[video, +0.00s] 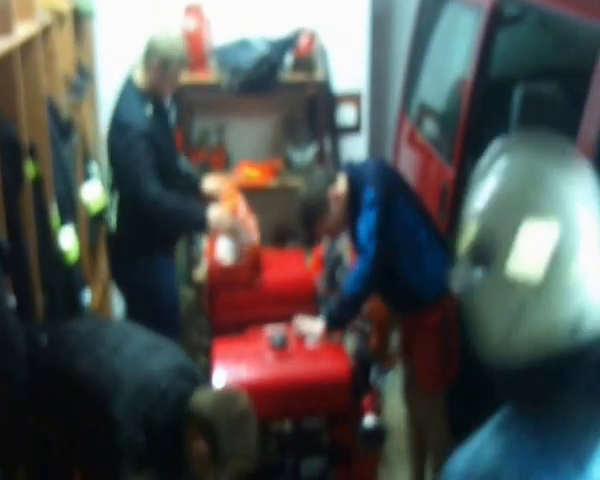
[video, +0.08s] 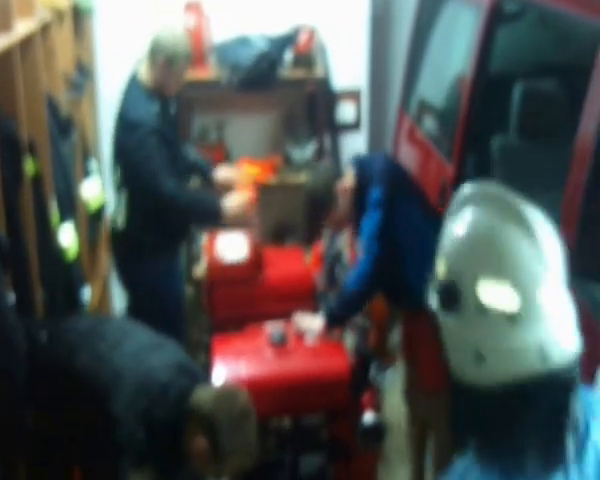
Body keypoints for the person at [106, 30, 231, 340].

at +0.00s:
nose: (177, 81)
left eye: (180, 73)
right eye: (174, 72)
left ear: (161, 68)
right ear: (155, 67)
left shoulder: (157, 103)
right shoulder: (132, 119)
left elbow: (169, 168)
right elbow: (147, 196)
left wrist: (202, 183)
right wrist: (206, 218)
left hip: (156, 241)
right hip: (140, 249)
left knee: (157, 336)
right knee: (163, 340)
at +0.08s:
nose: (184, 79)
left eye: (185, 71)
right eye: (181, 70)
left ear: (164, 64)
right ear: (161, 65)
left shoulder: (155, 100)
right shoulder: (141, 117)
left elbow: (175, 153)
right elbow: (162, 191)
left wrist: (211, 173)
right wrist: (219, 209)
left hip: (157, 234)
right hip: (147, 243)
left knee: (159, 328)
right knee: (164, 335)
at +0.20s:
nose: (190, 77)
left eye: (191, 68)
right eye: (188, 68)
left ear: (171, 61)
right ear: (168, 61)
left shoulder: (156, 94)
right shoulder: (148, 111)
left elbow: (184, 143)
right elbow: (175, 184)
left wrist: (224, 170)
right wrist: (233, 204)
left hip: (156, 232)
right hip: (151, 242)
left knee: (160, 323)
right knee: (165, 328)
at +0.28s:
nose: (194, 77)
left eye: (196, 69)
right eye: (192, 69)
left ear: (175, 59)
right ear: (172, 59)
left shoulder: (159, 90)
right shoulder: (152, 108)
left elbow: (190, 137)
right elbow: (181, 178)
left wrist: (230, 165)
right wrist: (241, 200)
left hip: (159, 230)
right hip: (153, 240)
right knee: (165, 330)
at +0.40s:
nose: (204, 73)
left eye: (206, 66)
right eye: (202, 65)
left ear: (183, 54)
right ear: (184, 56)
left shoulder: (167, 84)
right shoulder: (163, 104)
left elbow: (203, 135)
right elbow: (193, 172)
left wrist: (242, 167)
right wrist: (253, 199)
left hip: (160, 228)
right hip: (153, 237)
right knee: (164, 330)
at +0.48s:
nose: (208, 72)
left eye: (210, 64)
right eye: (207, 64)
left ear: (186, 51)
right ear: (190, 54)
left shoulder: (169, 82)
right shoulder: (168, 100)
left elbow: (208, 132)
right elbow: (199, 169)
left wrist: (246, 167)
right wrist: (257, 197)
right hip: (154, 234)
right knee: (164, 327)